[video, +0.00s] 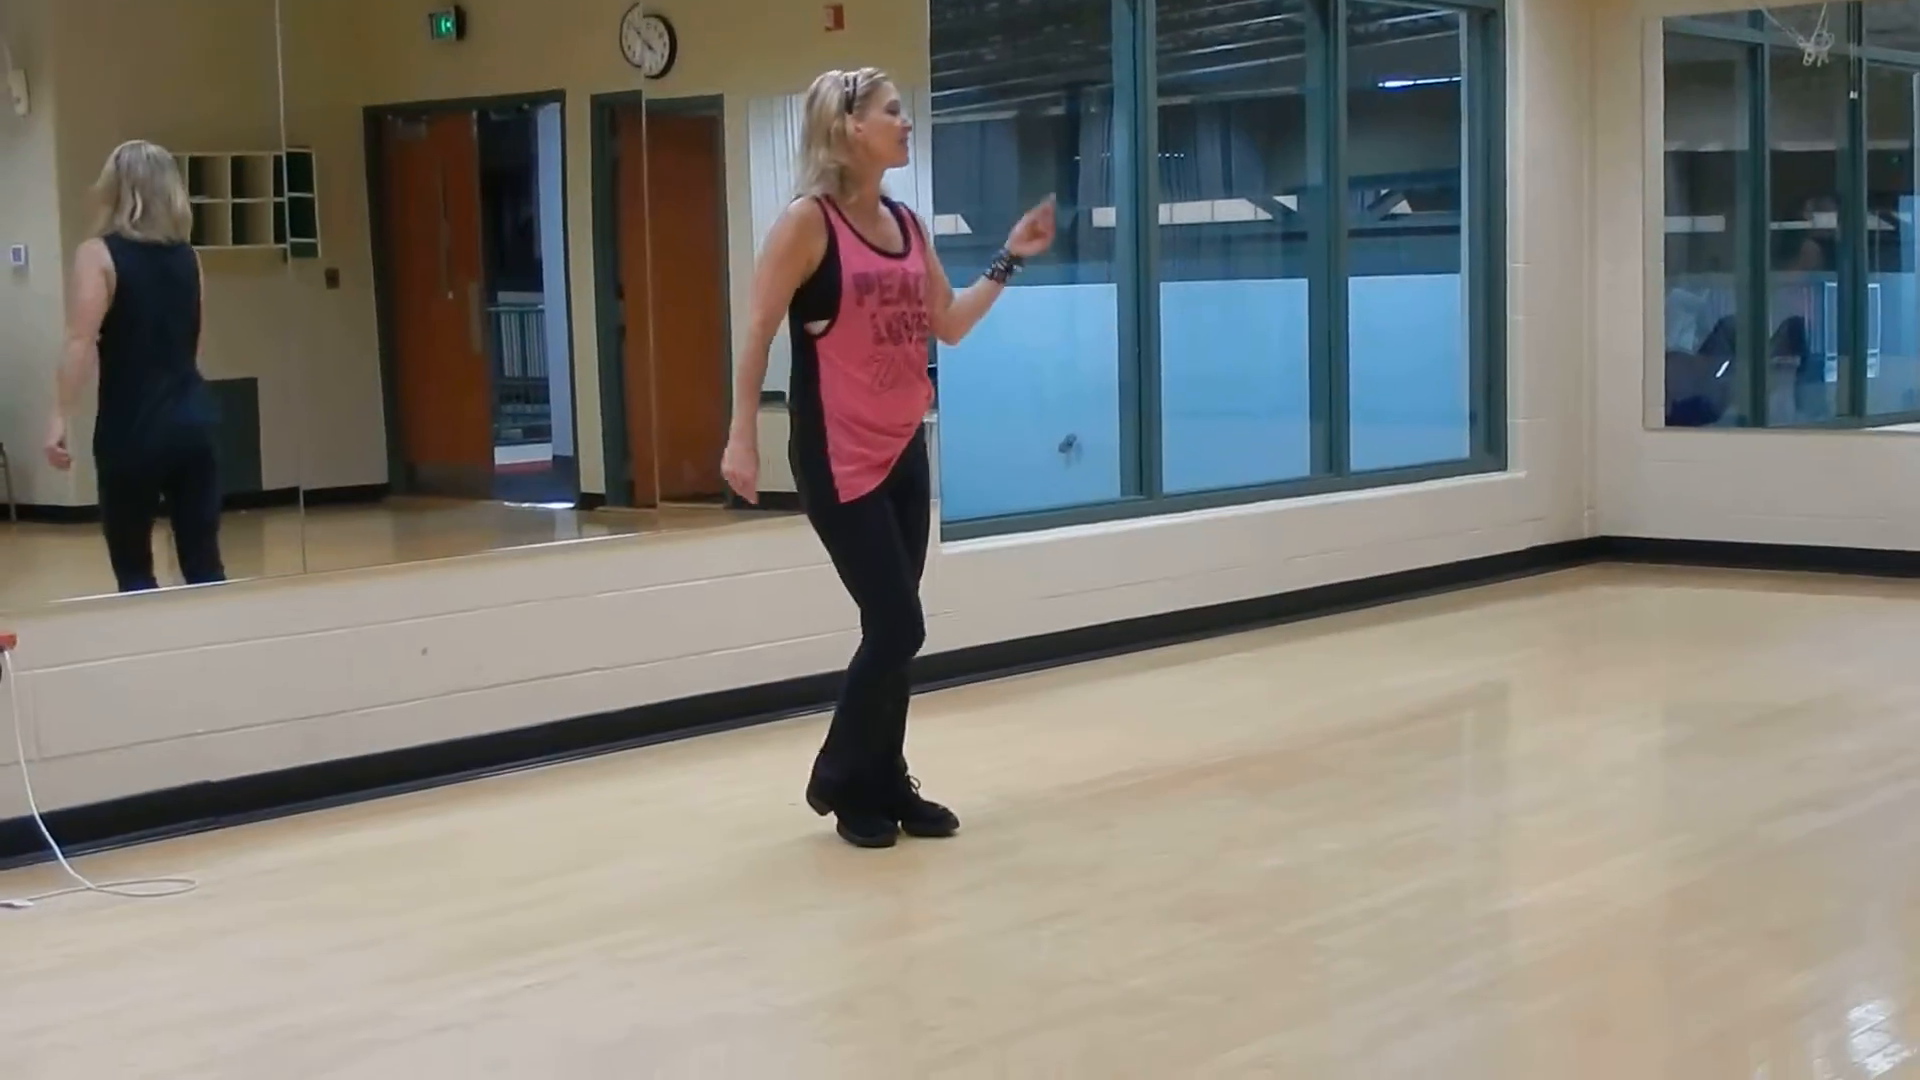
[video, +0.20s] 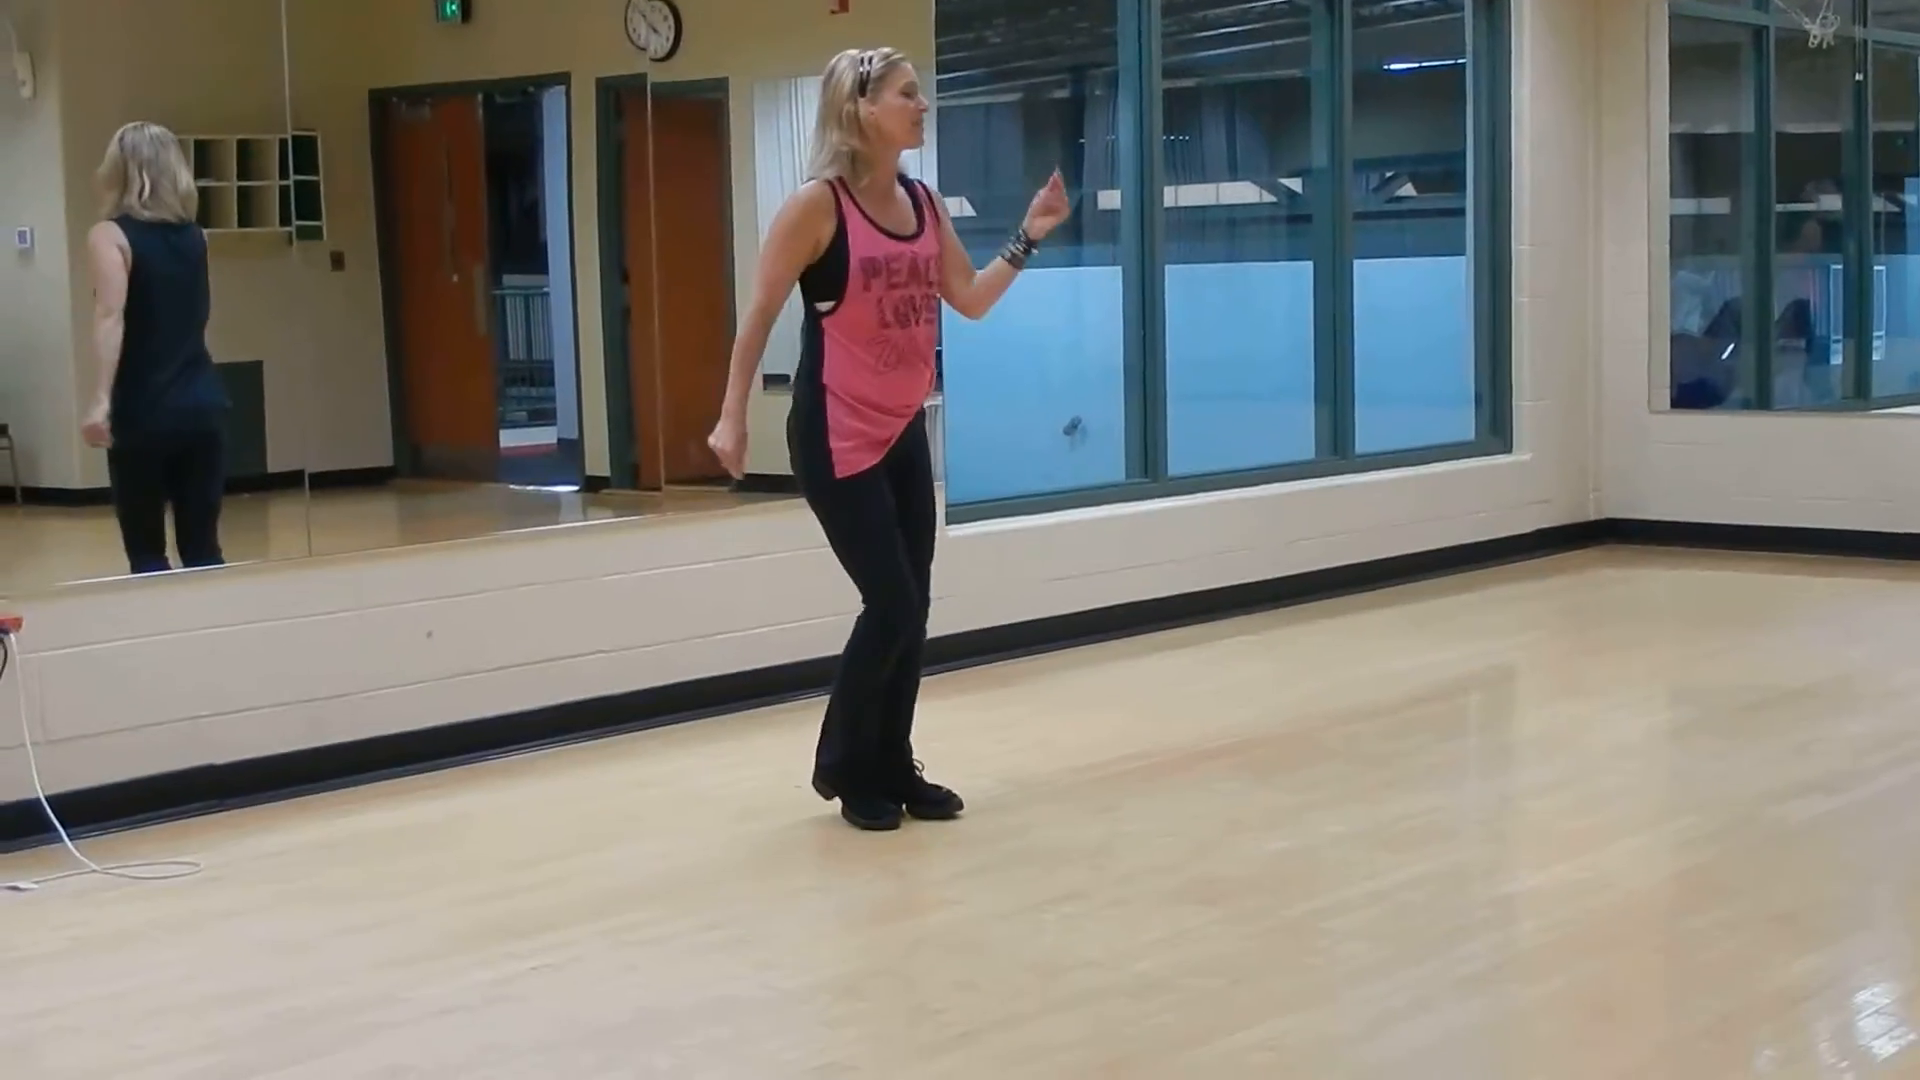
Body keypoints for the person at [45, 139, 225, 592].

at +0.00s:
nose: (100, 191)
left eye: (106, 183)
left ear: (114, 191)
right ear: (171, 193)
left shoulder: (98, 254)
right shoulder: (188, 257)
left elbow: (81, 341)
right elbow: (193, 344)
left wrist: (60, 415)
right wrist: (173, 397)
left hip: (128, 429)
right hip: (191, 423)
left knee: (133, 569)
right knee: (203, 561)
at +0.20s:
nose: (103, 175)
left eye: (109, 166)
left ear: (118, 172)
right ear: (175, 172)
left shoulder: (111, 235)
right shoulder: (193, 235)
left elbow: (110, 317)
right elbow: (198, 318)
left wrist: (101, 399)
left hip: (141, 410)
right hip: (201, 403)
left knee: (146, 552)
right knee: (202, 546)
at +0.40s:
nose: (100, 176)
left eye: (104, 167)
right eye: (103, 166)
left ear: (115, 173)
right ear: (166, 168)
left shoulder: (116, 234)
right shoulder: (188, 231)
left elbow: (130, 318)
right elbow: (193, 318)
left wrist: (103, 402)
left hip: (151, 409)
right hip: (206, 404)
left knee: (88, 529)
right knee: (202, 540)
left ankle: (130, 634)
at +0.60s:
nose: (78, 178)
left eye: (82, 169)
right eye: (79, 168)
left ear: (96, 170)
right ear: (141, 163)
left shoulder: (98, 227)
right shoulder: (168, 222)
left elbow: (91, 319)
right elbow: (185, 313)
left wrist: (25, 331)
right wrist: (195, 368)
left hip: (132, 405)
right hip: (189, 397)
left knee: (76, 542)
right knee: (212, 535)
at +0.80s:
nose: (41, 174)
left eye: (46, 164)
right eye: (44, 164)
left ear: (54, 168)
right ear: (108, 166)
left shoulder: (49, 226)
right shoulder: (130, 229)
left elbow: (8, 301)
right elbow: (172, 300)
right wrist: (183, 378)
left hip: (83, 409)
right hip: (140, 402)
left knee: (39, 543)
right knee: (171, 530)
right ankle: (235, 616)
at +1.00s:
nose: (15, 171)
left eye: (20, 162)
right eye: (18, 162)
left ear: (28, 165)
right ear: (84, 162)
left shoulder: (14, 227)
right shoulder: (111, 228)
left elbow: (7, 310)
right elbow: (160, 299)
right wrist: (139, 369)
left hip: (40, 405)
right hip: (106, 404)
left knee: (24, 542)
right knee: (82, 526)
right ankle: (155, 598)